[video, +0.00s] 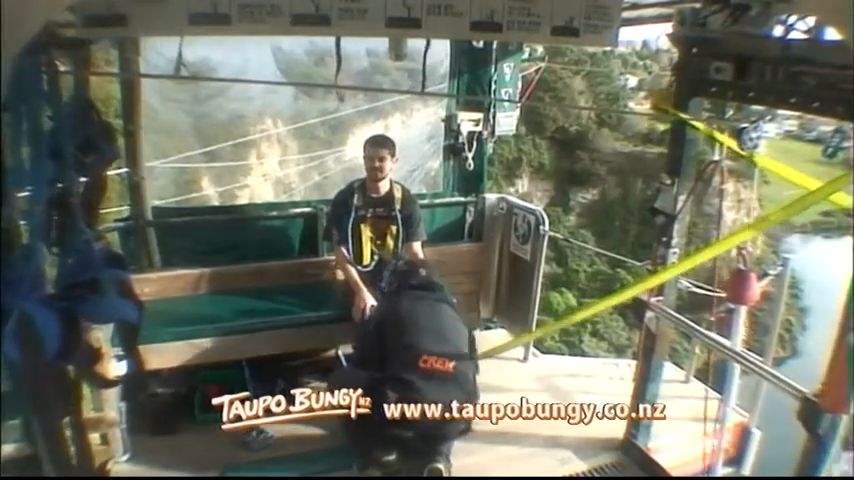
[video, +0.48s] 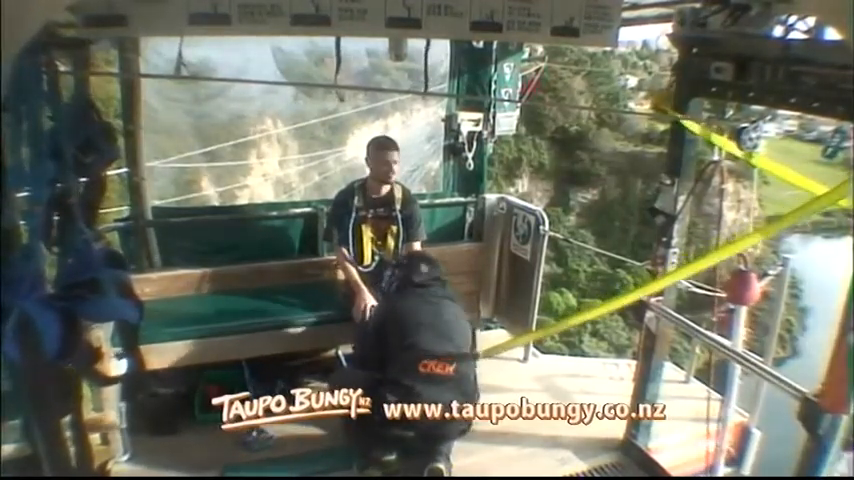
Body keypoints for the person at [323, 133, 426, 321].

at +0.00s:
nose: (375, 165)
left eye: (381, 160)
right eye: (369, 159)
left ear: (394, 161)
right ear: (363, 160)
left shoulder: (405, 199)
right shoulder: (345, 199)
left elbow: (414, 247)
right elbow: (341, 254)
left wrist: (425, 283)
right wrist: (360, 291)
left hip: (397, 278)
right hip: (361, 279)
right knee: (369, 316)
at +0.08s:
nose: (375, 165)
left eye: (381, 159)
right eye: (369, 159)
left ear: (393, 161)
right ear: (363, 160)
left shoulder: (405, 198)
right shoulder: (345, 199)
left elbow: (414, 247)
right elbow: (342, 254)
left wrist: (424, 285)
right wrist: (361, 290)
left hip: (397, 278)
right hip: (361, 280)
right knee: (369, 316)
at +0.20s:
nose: (375, 165)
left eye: (381, 160)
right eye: (369, 159)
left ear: (393, 161)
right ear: (363, 160)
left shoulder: (405, 198)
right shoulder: (345, 199)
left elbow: (413, 249)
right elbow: (342, 254)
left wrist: (423, 287)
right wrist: (361, 291)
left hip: (397, 278)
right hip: (361, 279)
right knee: (369, 315)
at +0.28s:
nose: (376, 166)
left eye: (382, 160)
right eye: (370, 160)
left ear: (394, 162)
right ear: (364, 160)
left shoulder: (406, 199)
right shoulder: (345, 198)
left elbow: (414, 248)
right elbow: (342, 254)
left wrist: (424, 284)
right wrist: (361, 291)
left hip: (397, 278)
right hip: (361, 279)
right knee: (369, 316)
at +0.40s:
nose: (386, 167)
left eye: (391, 161)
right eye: (380, 161)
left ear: (396, 163)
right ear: (366, 162)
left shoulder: (405, 198)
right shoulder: (346, 199)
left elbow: (414, 247)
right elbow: (341, 252)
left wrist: (414, 288)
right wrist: (361, 292)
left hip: (398, 279)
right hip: (362, 280)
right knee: (369, 317)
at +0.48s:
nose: (392, 169)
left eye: (395, 163)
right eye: (385, 163)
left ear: (399, 163)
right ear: (368, 162)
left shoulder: (406, 199)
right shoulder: (346, 199)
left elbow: (414, 247)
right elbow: (341, 252)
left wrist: (414, 287)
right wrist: (361, 292)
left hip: (398, 279)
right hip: (362, 280)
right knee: (370, 317)